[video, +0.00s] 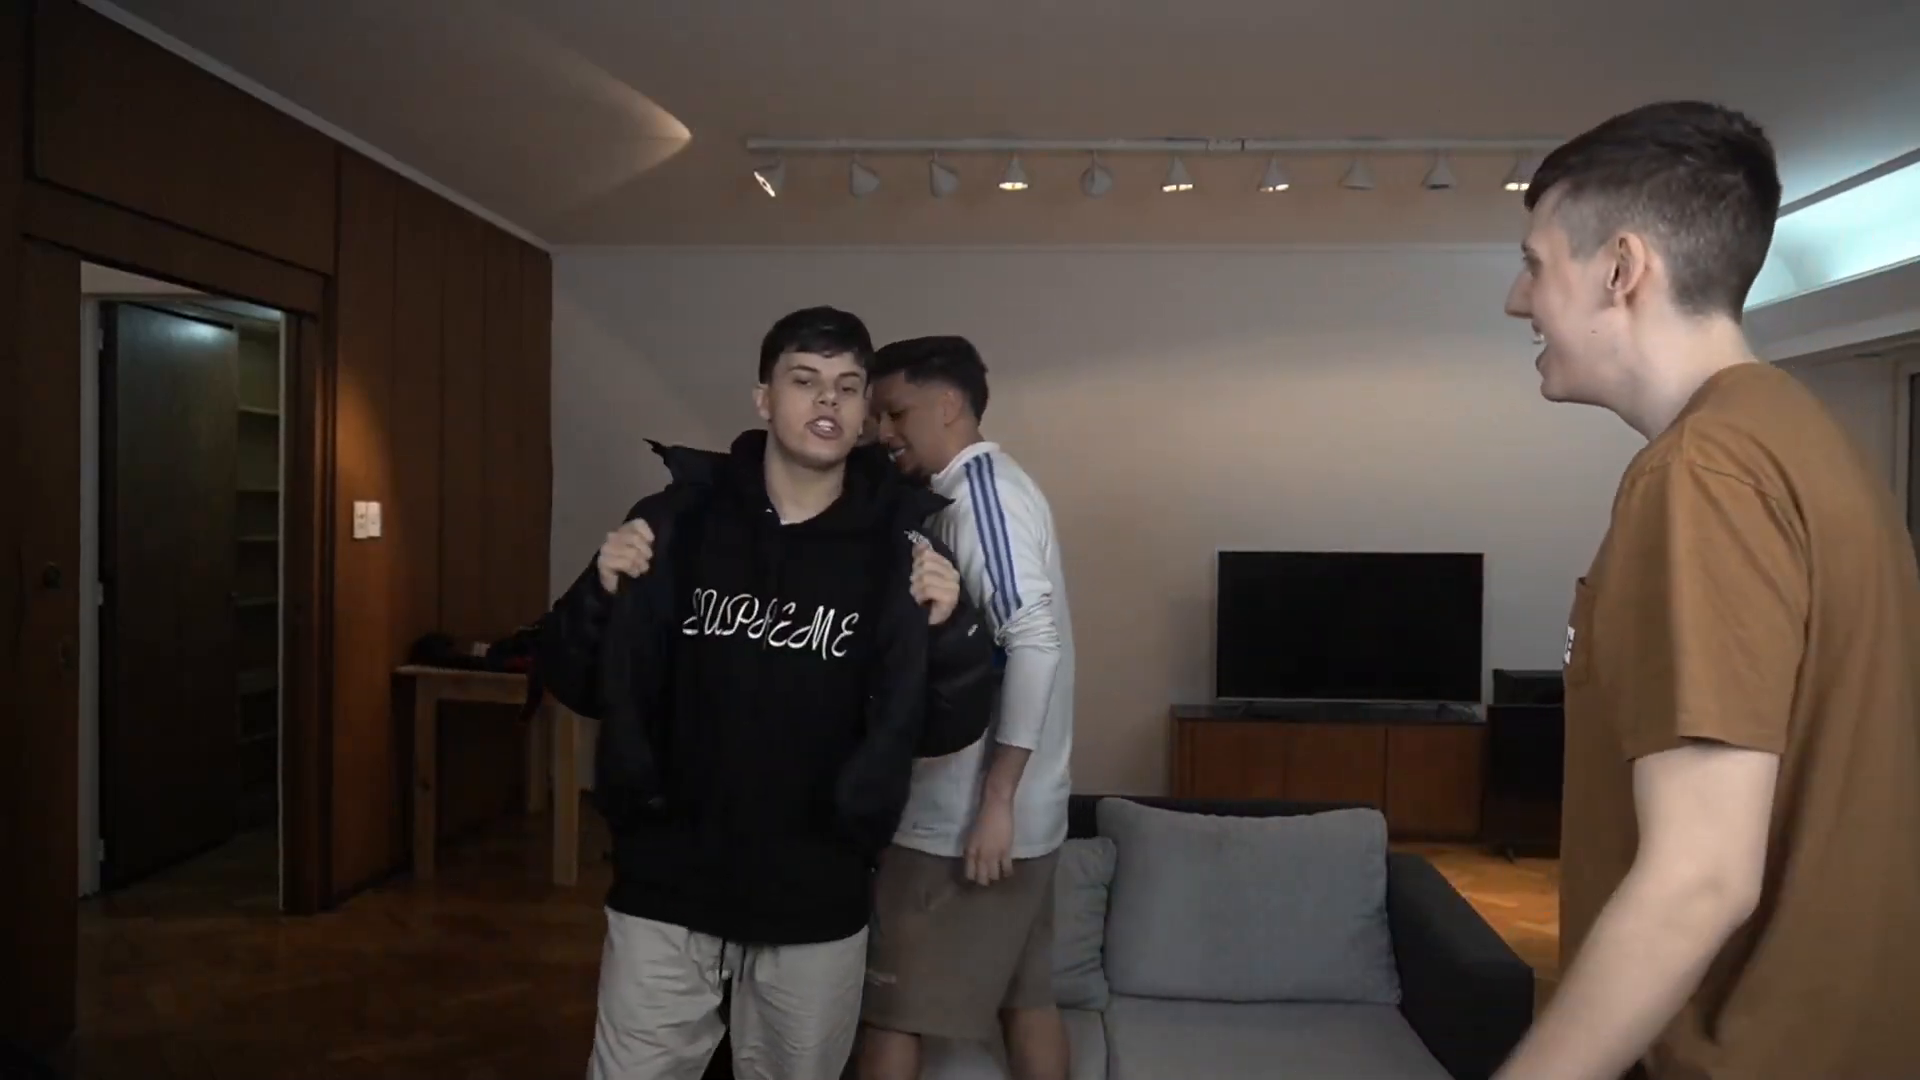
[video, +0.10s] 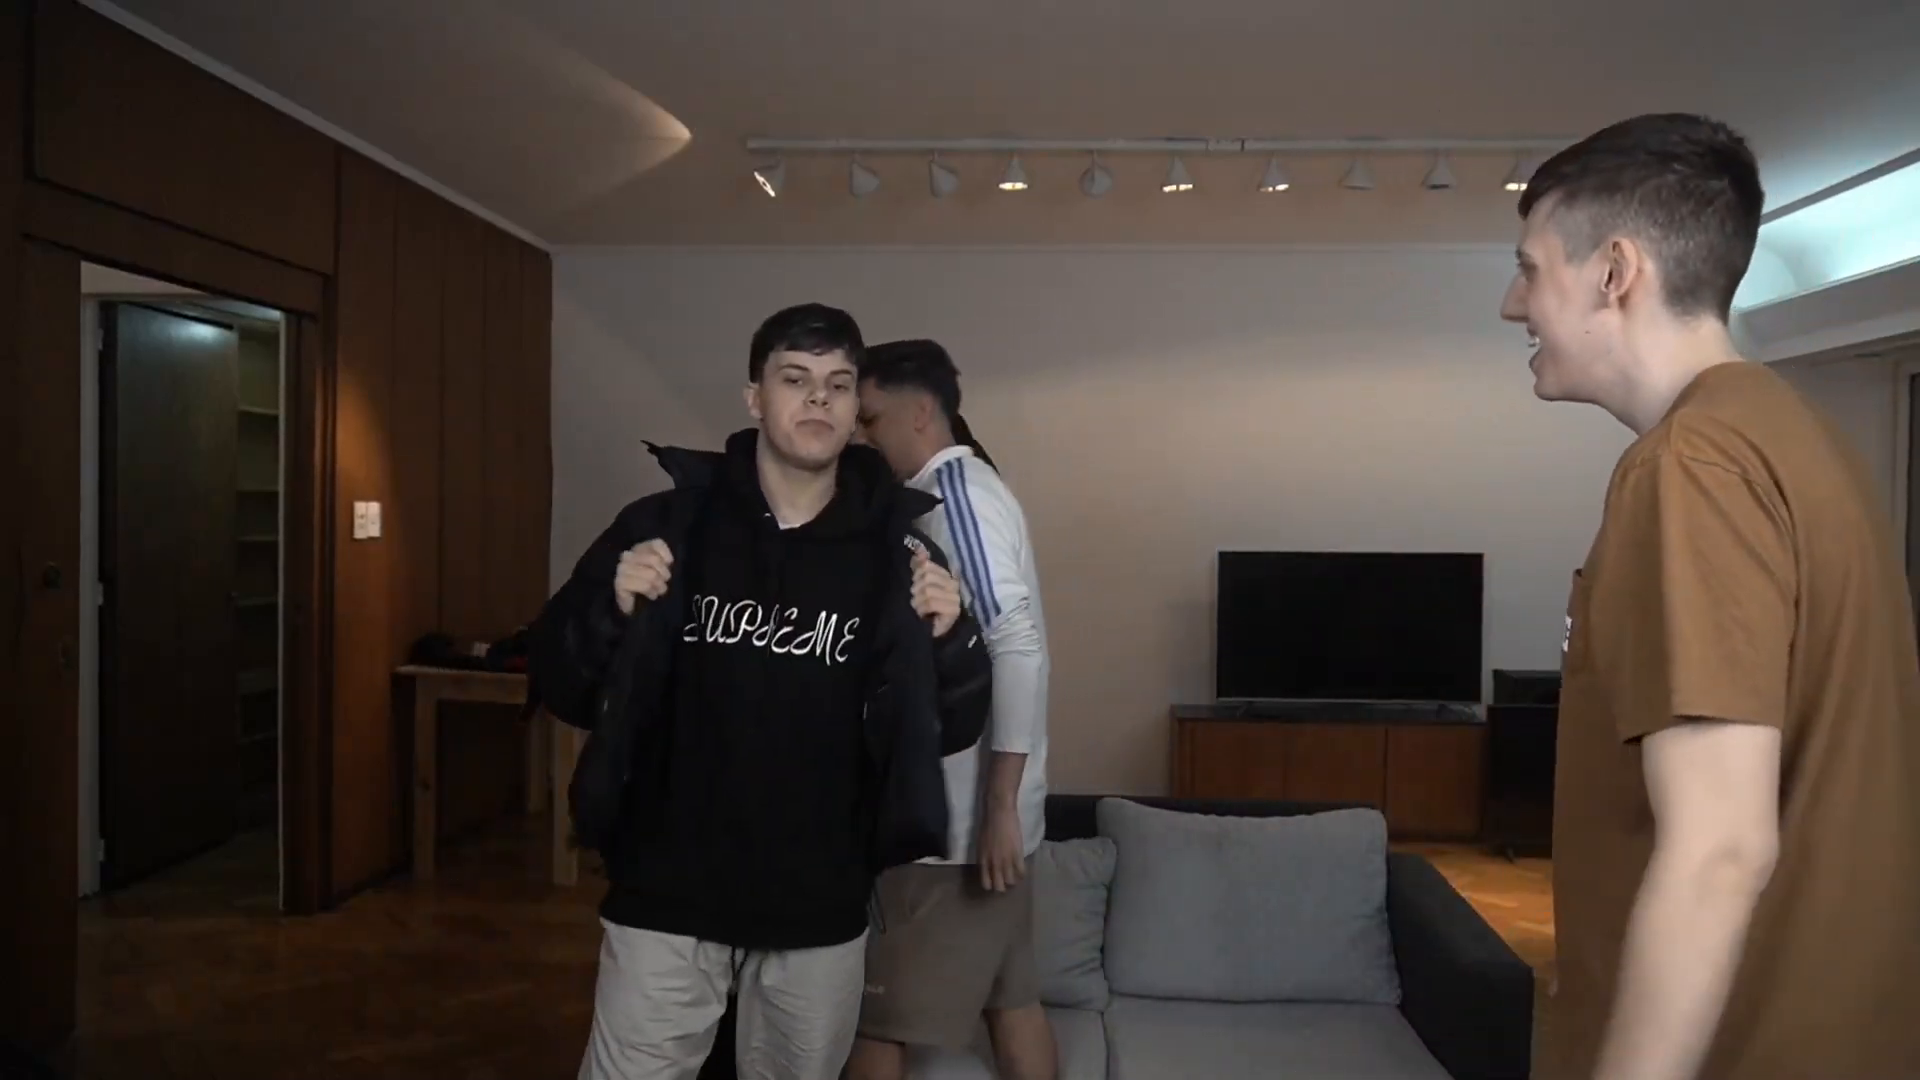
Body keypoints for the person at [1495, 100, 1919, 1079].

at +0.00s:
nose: (1519, 298)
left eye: (1536, 263)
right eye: (1526, 264)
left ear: (1625, 272)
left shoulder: (1703, 468)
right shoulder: (1818, 447)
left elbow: (1699, 876)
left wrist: (1530, 1069)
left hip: (1726, 1053)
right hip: (1846, 1041)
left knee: (1391, 888)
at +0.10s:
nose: (1514, 303)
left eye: (1532, 268)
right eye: (1520, 270)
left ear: (1619, 274)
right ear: (1618, 276)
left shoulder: (1692, 462)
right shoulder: (1798, 439)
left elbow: (1718, 849)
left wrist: (1628, 1063)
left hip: (1726, 1052)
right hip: (1836, 1041)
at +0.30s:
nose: (1481, 315)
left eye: (1496, 283)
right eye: (1485, 286)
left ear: (1570, 290)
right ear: (1578, 291)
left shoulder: (1675, 451)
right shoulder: (1707, 435)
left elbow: (1783, 812)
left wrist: (1749, 1069)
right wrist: (1560, 1037)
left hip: (1649, 1048)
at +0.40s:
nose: (1460, 323)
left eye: (1474, 292)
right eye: (1465, 295)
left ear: (1543, 298)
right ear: (1551, 297)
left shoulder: (1643, 451)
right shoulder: (1689, 437)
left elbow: (1769, 796)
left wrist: (1741, 1067)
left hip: (1619, 1045)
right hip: (1657, 1035)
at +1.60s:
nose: (1456, 410)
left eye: (1453, 389)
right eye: (1454, 388)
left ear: (1473, 386)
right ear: (1568, 380)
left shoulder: (1455, 493)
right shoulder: (1676, 486)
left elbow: (1444, 699)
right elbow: (1719, 614)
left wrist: (1390, 915)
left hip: (1514, 930)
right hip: (1682, 925)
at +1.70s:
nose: (1460, 430)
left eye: (1460, 407)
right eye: (1459, 407)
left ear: (1485, 408)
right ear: (1573, 401)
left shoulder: (1471, 509)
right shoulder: (1678, 498)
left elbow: (1443, 682)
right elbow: (1707, 602)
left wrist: (1361, 864)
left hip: (1528, 915)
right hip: (1687, 909)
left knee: (1490, 1067)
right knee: (1661, 1068)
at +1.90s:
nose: (1450, 423)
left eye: (1450, 403)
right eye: (1446, 405)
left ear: (1487, 397)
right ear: (1554, 383)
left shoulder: (1485, 493)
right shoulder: (1666, 458)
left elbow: (1411, 641)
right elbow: (1719, 550)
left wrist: (1266, 764)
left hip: (1559, 828)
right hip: (1702, 827)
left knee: (1550, 1046)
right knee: (1644, 1053)